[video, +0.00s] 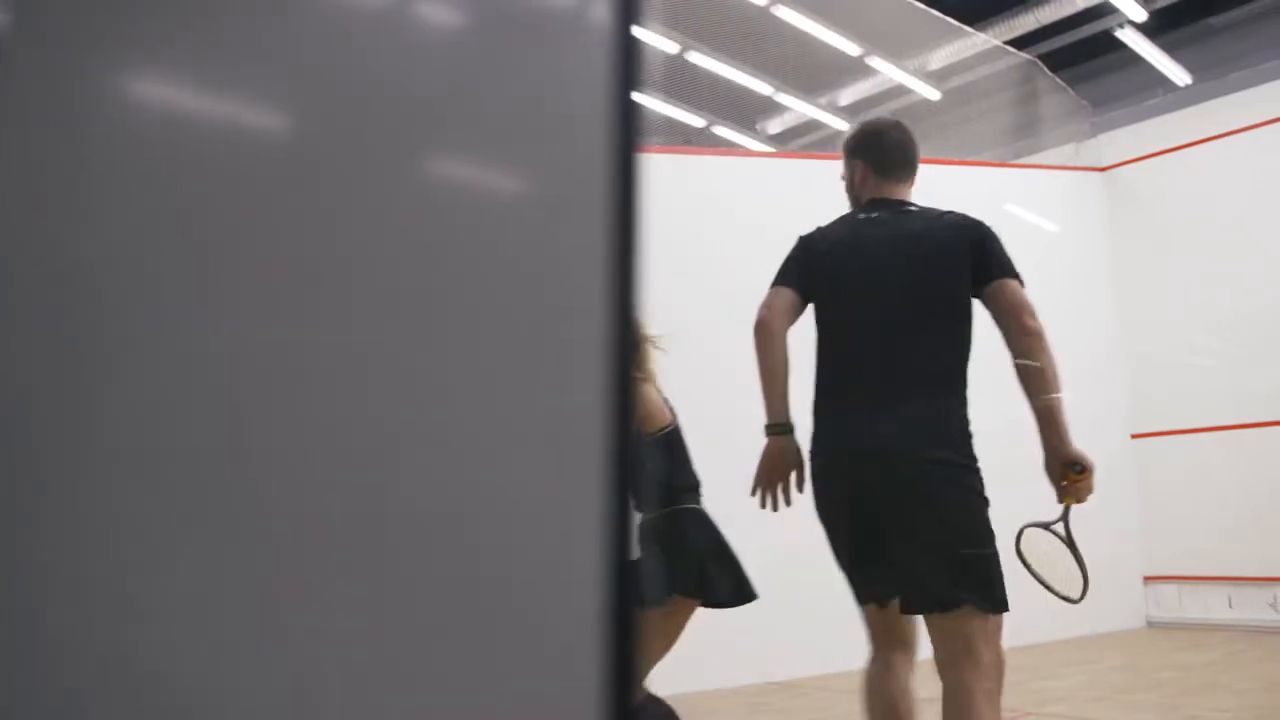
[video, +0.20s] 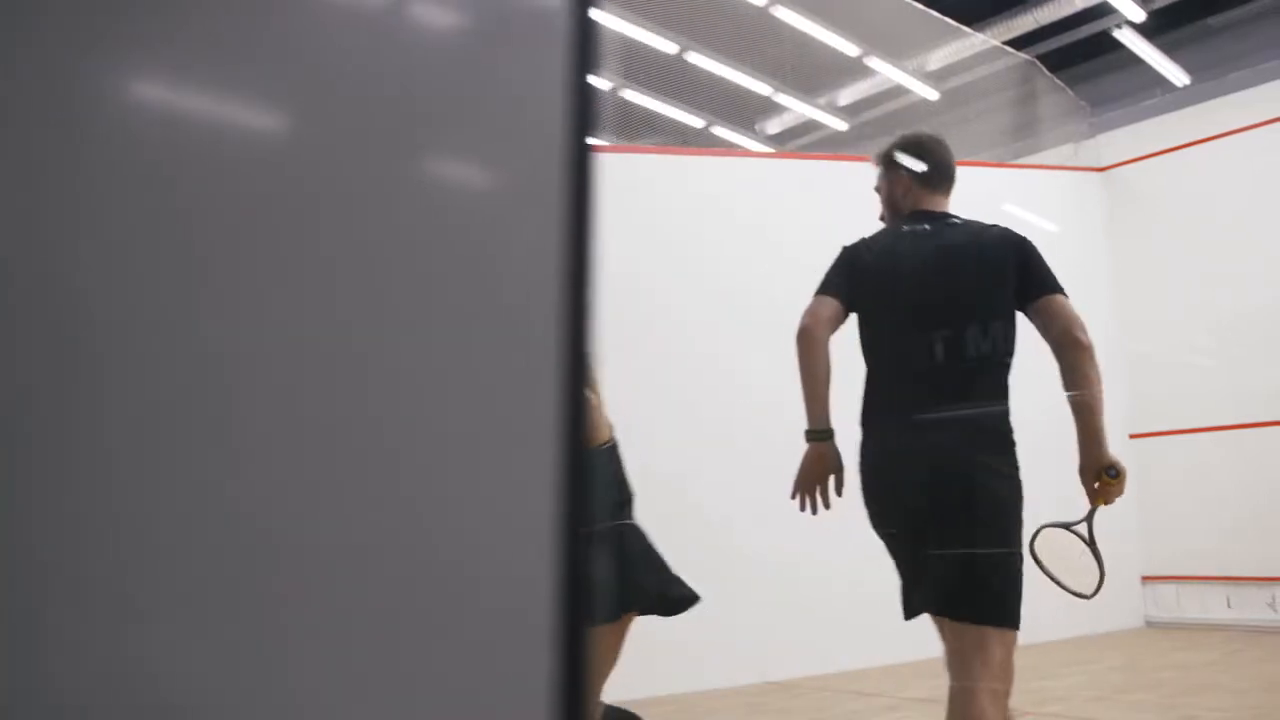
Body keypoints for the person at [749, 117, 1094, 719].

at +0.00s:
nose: (845, 183)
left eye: (844, 173)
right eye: (846, 174)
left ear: (855, 172)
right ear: (914, 175)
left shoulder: (821, 245)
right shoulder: (964, 233)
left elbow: (769, 323)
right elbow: (1025, 330)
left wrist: (779, 431)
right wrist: (1057, 443)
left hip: (844, 469)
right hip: (935, 467)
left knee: (889, 643)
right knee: (971, 660)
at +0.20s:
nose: (879, 195)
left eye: (881, 183)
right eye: (880, 184)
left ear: (896, 183)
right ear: (946, 187)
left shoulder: (865, 256)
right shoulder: (1004, 245)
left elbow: (813, 328)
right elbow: (1074, 340)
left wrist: (819, 436)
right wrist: (1094, 450)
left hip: (893, 467)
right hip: (981, 463)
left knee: (972, 660)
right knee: (984, 672)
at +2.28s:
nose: (786, 305)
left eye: (783, 299)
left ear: (785, 304)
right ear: (831, 299)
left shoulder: (791, 356)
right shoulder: (872, 350)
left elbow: (807, 423)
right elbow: (916, 421)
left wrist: (794, 498)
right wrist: (880, 472)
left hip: (854, 517)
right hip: (912, 512)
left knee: (791, 629)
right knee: (967, 625)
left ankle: (811, 719)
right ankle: (1073, 710)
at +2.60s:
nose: (703, 314)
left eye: (701, 306)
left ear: (699, 307)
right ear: (746, 305)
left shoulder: (712, 358)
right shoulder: (779, 356)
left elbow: (728, 432)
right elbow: (804, 439)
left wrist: (708, 496)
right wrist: (740, 485)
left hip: (775, 515)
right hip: (820, 511)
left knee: (740, 639)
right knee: (794, 633)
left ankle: (790, 718)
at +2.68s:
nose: (680, 314)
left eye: (679, 306)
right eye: (685, 304)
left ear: (680, 308)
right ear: (725, 306)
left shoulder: (695, 357)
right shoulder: (755, 357)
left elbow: (711, 432)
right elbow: (765, 439)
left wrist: (689, 491)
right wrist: (712, 479)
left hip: (758, 517)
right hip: (798, 511)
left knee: (727, 641)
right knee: (755, 629)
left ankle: (785, 718)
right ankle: (830, 712)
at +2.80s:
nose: (650, 319)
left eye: (650, 311)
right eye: (653, 311)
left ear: (653, 310)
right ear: (693, 309)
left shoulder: (668, 355)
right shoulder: (716, 357)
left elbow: (683, 429)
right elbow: (718, 438)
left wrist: (656, 481)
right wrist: (662, 480)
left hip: (738, 513)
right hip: (751, 507)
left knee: (710, 639)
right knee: (684, 618)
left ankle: (774, 715)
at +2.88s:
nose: (631, 318)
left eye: (630, 310)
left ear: (631, 309)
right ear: (674, 309)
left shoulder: (652, 354)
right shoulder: (692, 356)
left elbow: (663, 429)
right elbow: (698, 448)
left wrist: (626, 485)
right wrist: (635, 469)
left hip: (718, 515)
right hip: (725, 510)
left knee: (699, 646)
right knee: (650, 612)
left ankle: (774, 716)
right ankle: (673, 713)